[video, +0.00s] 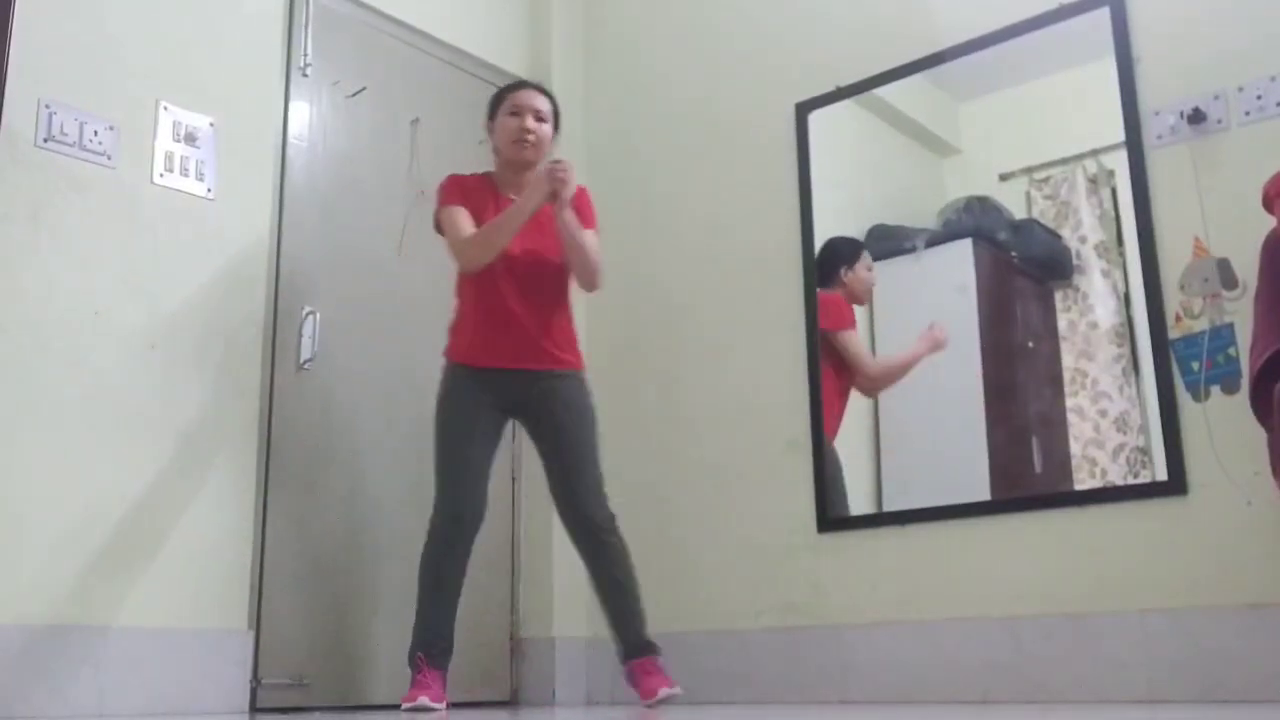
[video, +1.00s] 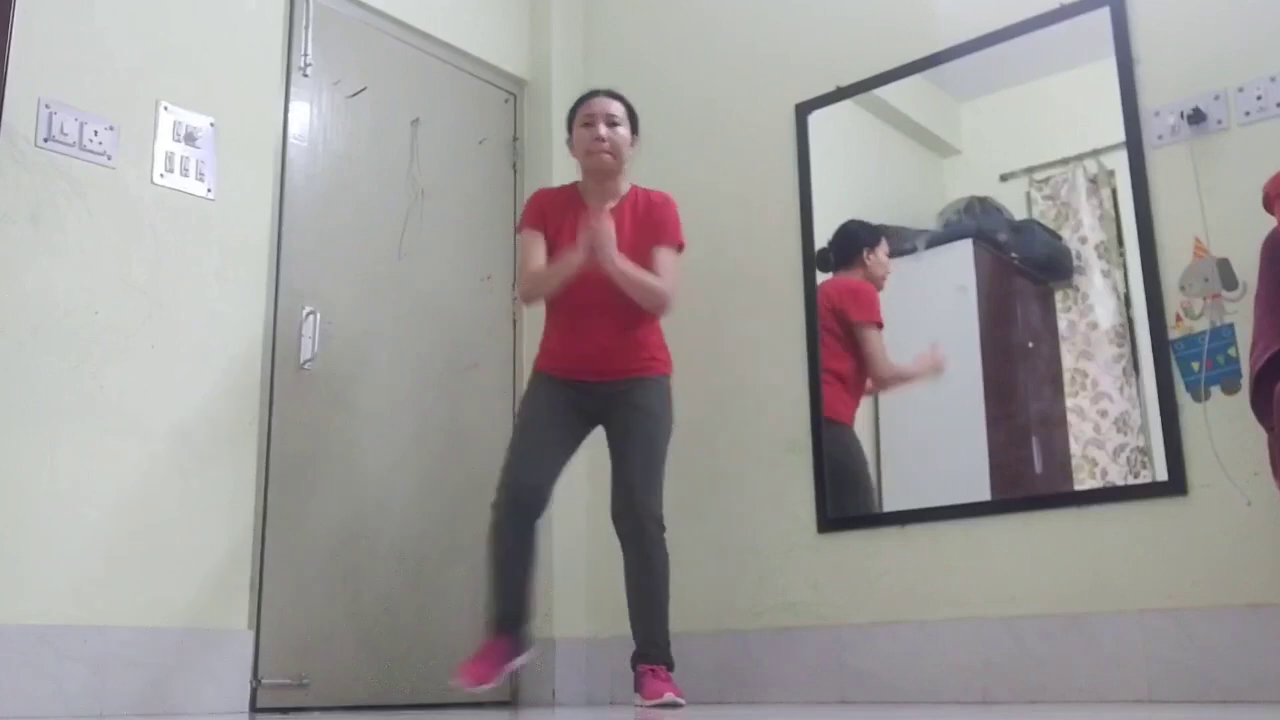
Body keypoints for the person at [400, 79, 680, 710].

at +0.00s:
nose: (528, 124)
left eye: (540, 117)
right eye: (515, 114)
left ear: (554, 137)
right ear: (491, 128)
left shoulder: (572, 198)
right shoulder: (461, 190)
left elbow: (590, 277)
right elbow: (469, 255)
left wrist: (559, 203)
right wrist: (533, 195)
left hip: (554, 376)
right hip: (475, 375)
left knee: (590, 517)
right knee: (457, 514)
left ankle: (641, 660)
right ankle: (428, 672)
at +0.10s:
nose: (555, 128)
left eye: (567, 123)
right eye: (542, 117)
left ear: (579, 143)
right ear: (515, 134)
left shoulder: (597, 200)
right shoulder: (488, 198)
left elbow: (621, 284)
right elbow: (497, 269)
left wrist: (588, 224)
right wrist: (560, 217)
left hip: (584, 381)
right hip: (505, 379)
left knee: (608, 518)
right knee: (476, 515)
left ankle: (650, 667)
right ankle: (431, 670)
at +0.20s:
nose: (590, 133)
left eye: (599, 127)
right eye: (576, 122)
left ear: (608, 147)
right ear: (545, 137)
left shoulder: (626, 207)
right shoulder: (515, 207)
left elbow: (650, 291)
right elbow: (520, 294)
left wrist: (618, 298)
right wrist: (579, 294)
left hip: (614, 385)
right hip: (535, 382)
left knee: (631, 520)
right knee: (501, 511)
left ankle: (652, 667)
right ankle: (441, 661)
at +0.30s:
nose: (618, 144)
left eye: (625, 136)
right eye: (604, 131)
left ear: (630, 152)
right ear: (569, 141)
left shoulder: (644, 212)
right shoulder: (534, 212)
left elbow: (672, 297)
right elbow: (533, 301)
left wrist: (667, 375)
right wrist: (550, 377)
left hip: (631, 384)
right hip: (559, 381)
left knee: (639, 517)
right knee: (545, 499)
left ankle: (653, 667)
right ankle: (490, 638)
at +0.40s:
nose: (640, 146)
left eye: (646, 139)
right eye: (628, 133)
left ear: (646, 150)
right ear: (589, 138)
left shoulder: (655, 212)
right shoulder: (543, 211)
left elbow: (702, 299)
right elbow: (519, 308)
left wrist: (716, 389)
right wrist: (519, 392)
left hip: (644, 378)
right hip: (567, 374)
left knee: (642, 511)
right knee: (586, 486)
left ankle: (653, 666)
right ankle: (562, 630)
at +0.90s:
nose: (614, 140)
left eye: (626, 131)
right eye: (601, 130)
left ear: (643, 148)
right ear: (581, 148)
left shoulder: (666, 218)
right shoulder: (555, 216)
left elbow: (694, 305)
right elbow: (526, 303)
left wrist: (665, 337)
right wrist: (560, 323)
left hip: (651, 387)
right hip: (576, 385)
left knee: (646, 517)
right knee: (548, 492)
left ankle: (654, 666)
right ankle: (563, 609)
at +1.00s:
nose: (602, 132)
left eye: (613, 123)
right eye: (589, 124)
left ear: (633, 141)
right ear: (571, 143)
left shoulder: (655, 208)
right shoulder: (547, 204)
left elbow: (660, 299)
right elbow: (529, 288)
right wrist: (581, 254)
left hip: (637, 381)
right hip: (560, 379)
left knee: (639, 514)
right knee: (515, 501)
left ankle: (653, 666)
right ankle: (506, 637)